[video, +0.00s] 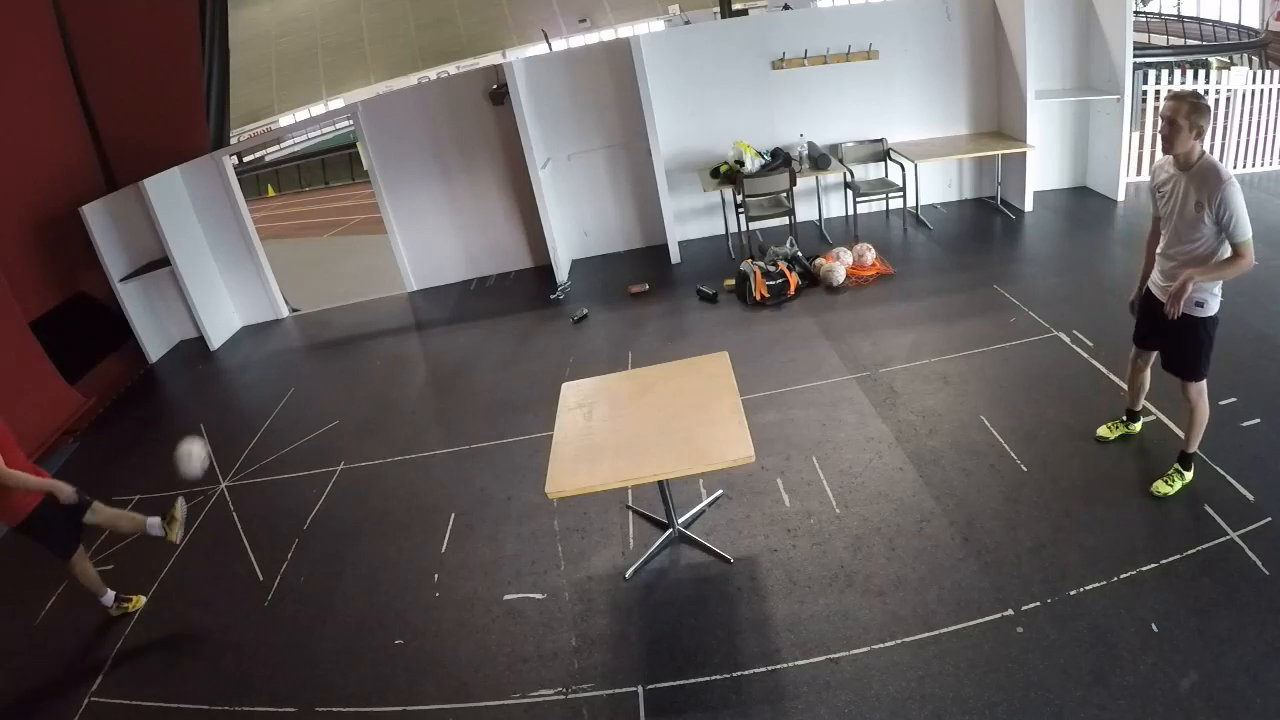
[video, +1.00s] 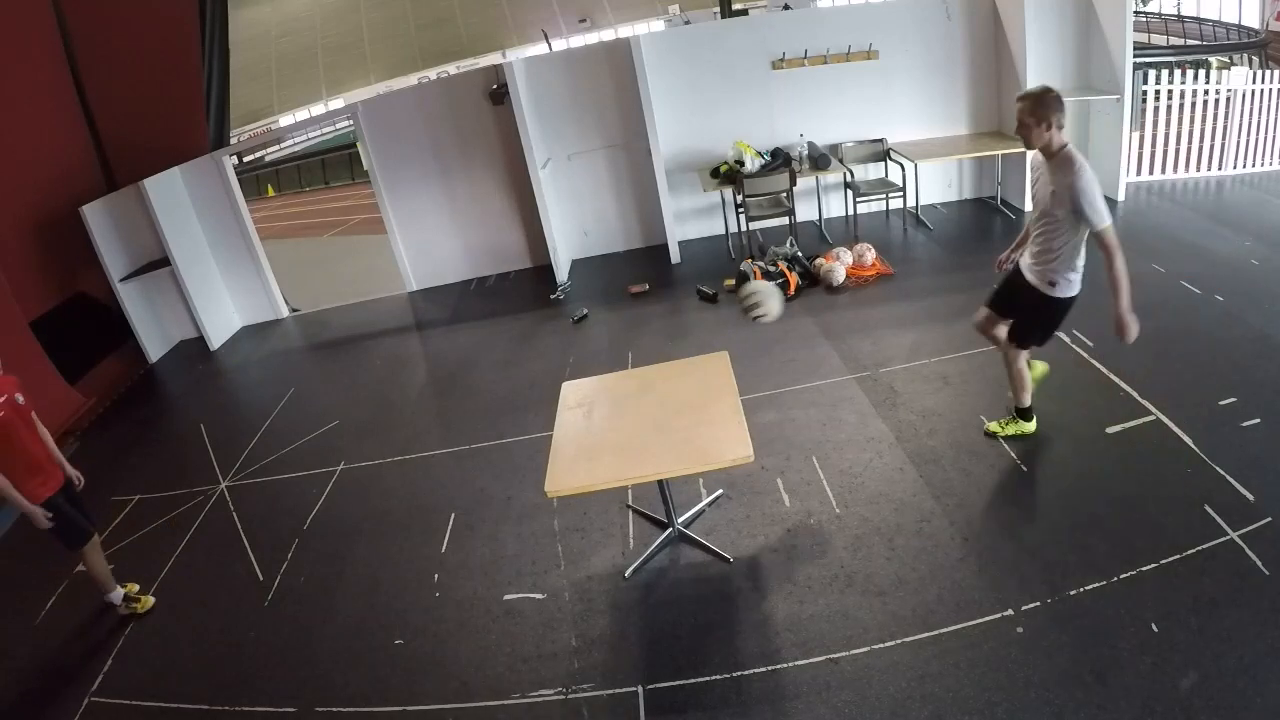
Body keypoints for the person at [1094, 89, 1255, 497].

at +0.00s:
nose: (1162, 128)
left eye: (1172, 124)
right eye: (1162, 120)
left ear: (1198, 132)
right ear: (1161, 122)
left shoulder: (1221, 185)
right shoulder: (1160, 171)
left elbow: (1245, 259)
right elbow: (1155, 231)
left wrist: (1191, 275)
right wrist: (1141, 283)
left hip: (1195, 305)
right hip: (1156, 291)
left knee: (1193, 388)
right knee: (1139, 358)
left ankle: (1185, 463)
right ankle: (1131, 419)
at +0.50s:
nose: (1115, 137)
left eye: (1124, 133)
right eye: (1116, 130)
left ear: (1149, 141)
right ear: (1124, 135)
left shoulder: (1172, 190)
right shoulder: (1123, 177)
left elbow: (1191, 269)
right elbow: (1122, 231)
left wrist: (1136, 300)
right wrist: (1100, 276)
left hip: (1166, 307)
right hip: (1127, 291)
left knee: (1174, 389)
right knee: (1091, 347)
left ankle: (1183, 463)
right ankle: (1086, 404)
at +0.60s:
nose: (1089, 139)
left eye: (1097, 133)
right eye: (1090, 131)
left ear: (1122, 139)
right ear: (1110, 138)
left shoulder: (1147, 190)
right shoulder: (1104, 179)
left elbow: (1175, 266)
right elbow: (1097, 231)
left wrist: (1141, 320)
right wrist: (1071, 273)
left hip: (1141, 303)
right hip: (1106, 287)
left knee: (1150, 387)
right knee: (1075, 344)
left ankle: (1177, 458)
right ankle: (1082, 405)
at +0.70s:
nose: (1065, 136)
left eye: (1072, 130)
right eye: (1065, 129)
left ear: (1098, 135)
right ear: (1083, 133)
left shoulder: (1123, 183)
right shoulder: (1082, 173)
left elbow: (1157, 249)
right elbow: (1075, 224)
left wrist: (1156, 316)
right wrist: (1044, 268)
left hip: (1121, 294)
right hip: (1090, 279)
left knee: (1100, 377)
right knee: (1067, 342)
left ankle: (1148, 436)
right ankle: (1081, 406)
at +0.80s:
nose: (1045, 125)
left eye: (1053, 119)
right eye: (1046, 117)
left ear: (1078, 124)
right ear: (1067, 123)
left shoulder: (1109, 171)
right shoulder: (1061, 162)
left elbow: (1149, 234)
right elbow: (1054, 211)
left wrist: (1159, 296)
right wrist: (1023, 254)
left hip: (1100, 283)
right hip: (1073, 272)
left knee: (1063, 361)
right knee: (1071, 346)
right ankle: (1082, 403)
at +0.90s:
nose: (1030, 119)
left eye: (1038, 112)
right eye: (1031, 111)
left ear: (1063, 116)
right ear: (1054, 117)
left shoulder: (1096, 165)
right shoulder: (1046, 157)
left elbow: (1134, 228)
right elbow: (1043, 207)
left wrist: (1149, 288)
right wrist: (1014, 246)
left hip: (1079, 275)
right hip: (1051, 264)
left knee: (1040, 345)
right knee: (1036, 329)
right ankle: (1066, 383)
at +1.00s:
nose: (1018, 132)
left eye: (1024, 125)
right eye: (1018, 124)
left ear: (1049, 127)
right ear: (1042, 128)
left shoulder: (1078, 175)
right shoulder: (1039, 161)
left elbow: (1110, 245)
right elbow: (1040, 217)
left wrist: (1124, 310)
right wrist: (1014, 250)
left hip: (1055, 285)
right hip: (1028, 267)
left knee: (1013, 348)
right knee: (986, 323)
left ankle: (1024, 417)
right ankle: (1029, 367)